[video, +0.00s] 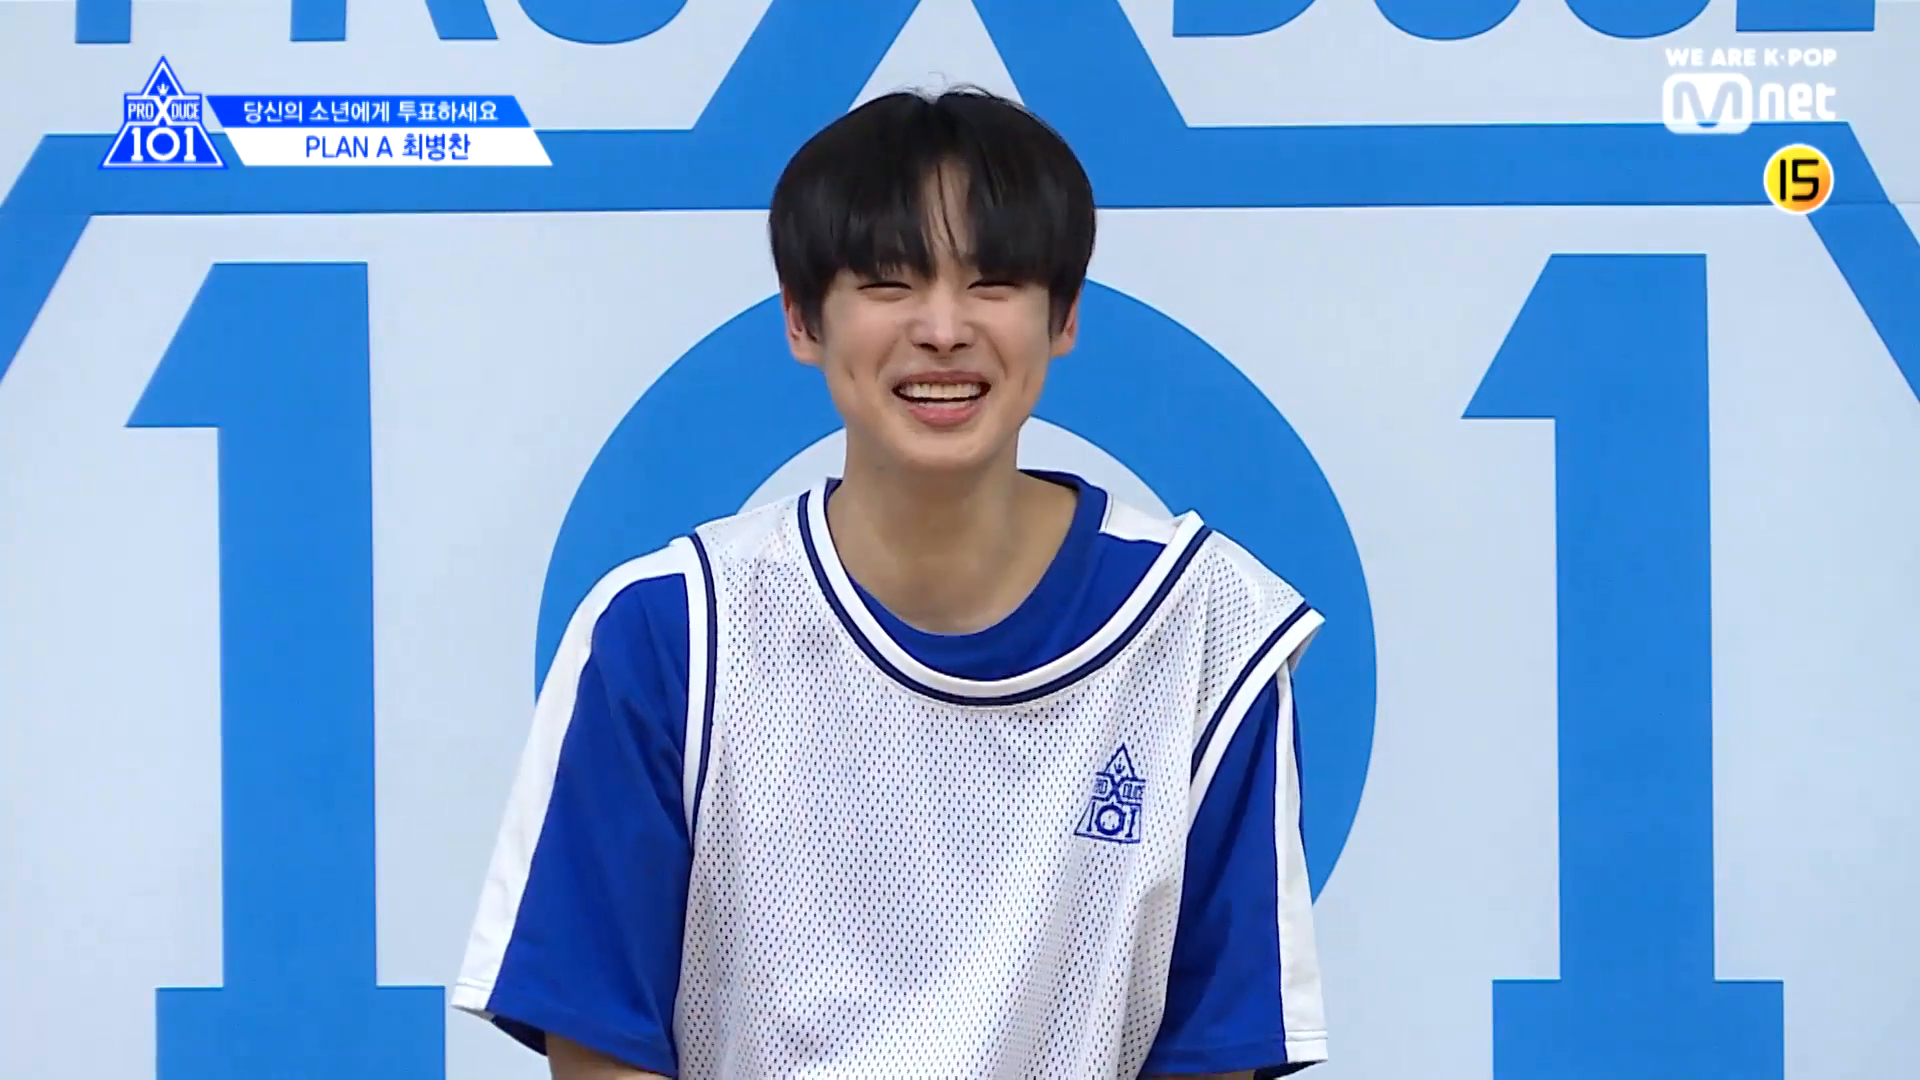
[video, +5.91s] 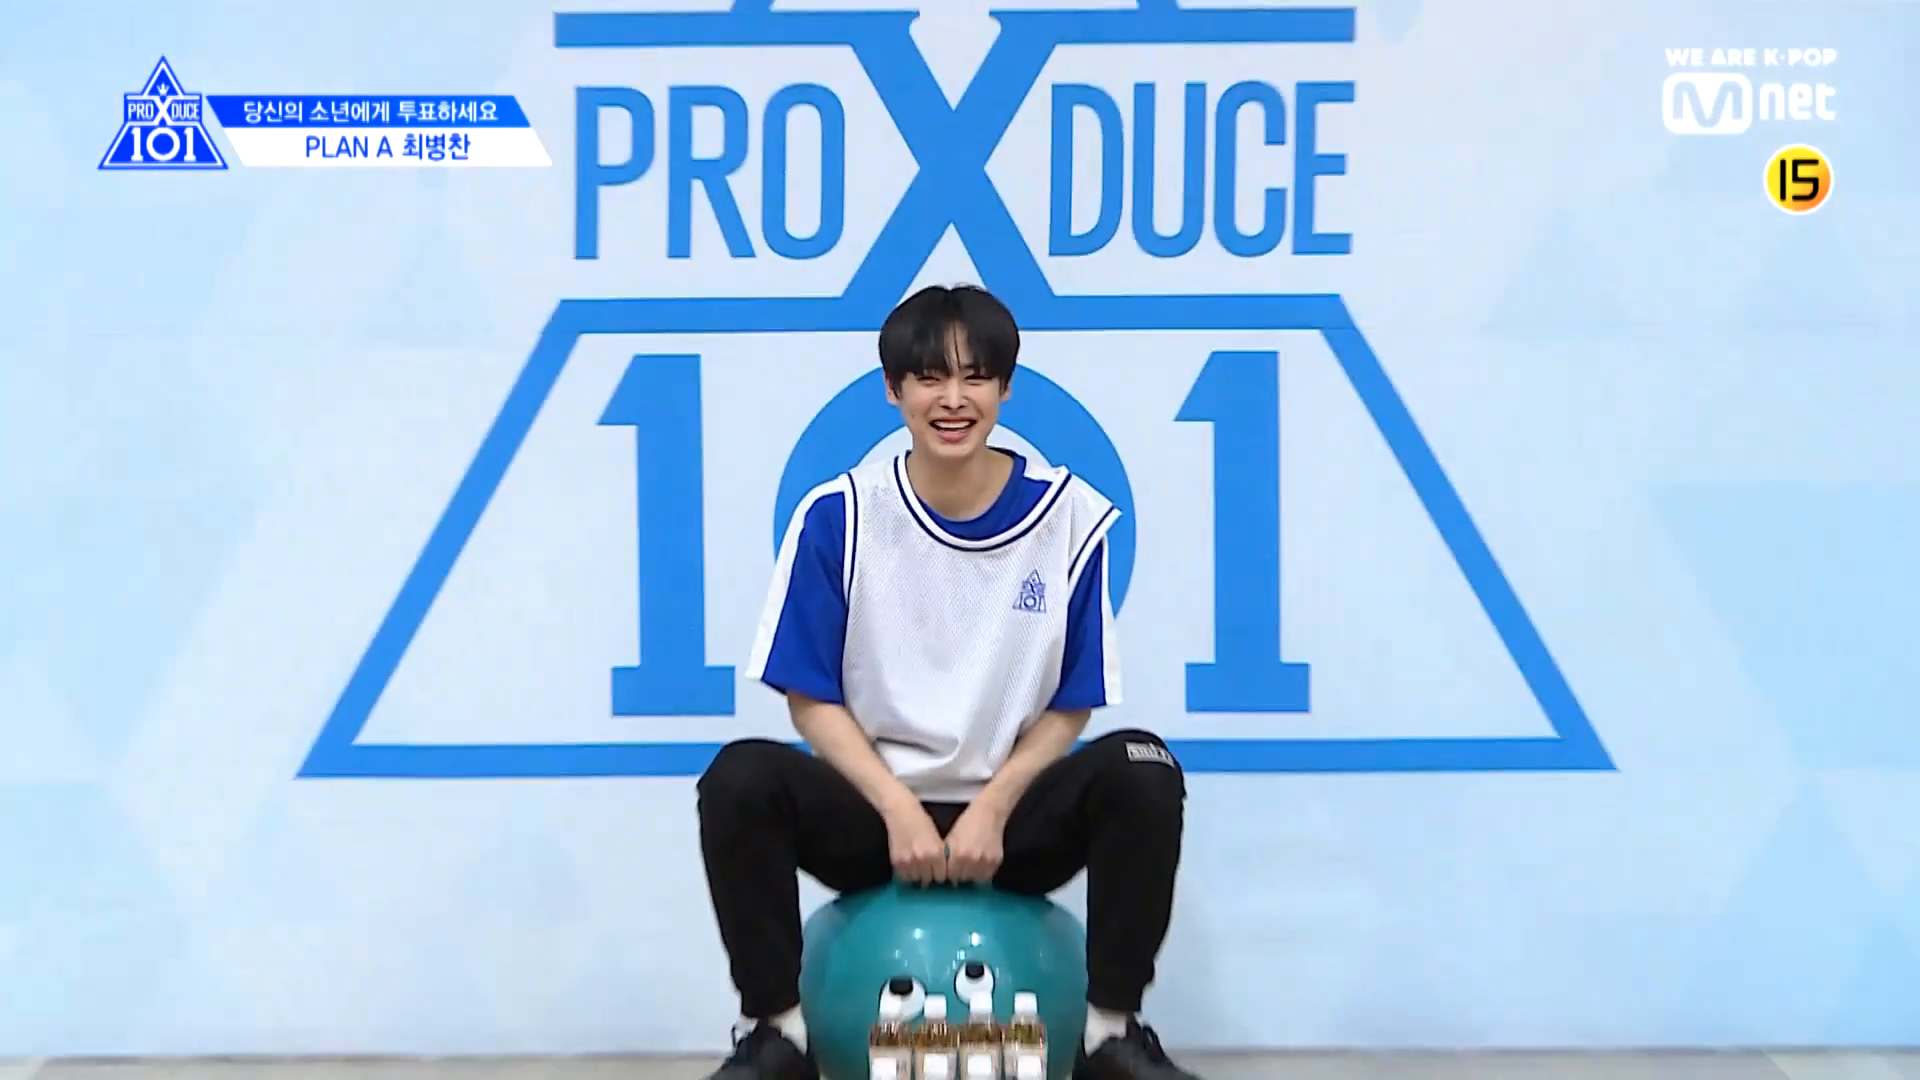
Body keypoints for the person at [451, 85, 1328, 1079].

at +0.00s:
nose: (944, 326)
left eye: (994, 281)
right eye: (889, 281)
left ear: (1060, 324)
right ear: (806, 326)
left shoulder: (1211, 633)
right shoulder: (661, 634)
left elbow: (1219, 1054)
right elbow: (598, 1045)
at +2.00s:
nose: (956, 340)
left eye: (1005, 292)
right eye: (902, 289)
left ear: (1068, 329)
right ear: (816, 331)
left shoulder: (1226, 645)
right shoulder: (673, 648)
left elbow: (1253, 1055)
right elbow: (618, 1051)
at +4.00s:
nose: (973, 334)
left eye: (1023, 286)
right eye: (921, 284)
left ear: (1087, 323)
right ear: (835, 322)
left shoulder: (1242, 627)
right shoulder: (694, 623)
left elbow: (1253, 1052)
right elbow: (624, 1038)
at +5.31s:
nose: (968, 360)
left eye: (1006, 321)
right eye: (925, 320)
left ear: (1056, 349)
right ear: (855, 350)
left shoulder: (1181, 599)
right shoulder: (744, 592)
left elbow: (1179, 935)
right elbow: (693, 920)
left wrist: (1054, 1070)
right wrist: (831, 1074)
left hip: (1067, 1065)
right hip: (818, 1062)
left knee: (1302, 1032)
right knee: (573, 1043)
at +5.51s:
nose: (962, 385)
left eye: (994, 353)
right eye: (927, 352)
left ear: (1035, 373)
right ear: (873, 374)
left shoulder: (1134, 570)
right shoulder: (783, 565)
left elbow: (1131, 846)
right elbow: (742, 831)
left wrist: (1007, 1004)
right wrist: (875, 999)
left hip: (1047, 1013)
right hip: (832, 1011)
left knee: (1236, 933)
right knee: (637, 948)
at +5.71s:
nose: (956, 394)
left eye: (982, 368)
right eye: (928, 367)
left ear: (1017, 385)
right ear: (887, 385)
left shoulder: (1097, 540)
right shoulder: (814, 537)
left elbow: (1096, 765)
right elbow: (781, 756)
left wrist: (999, 890)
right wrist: (886, 891)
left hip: (1025, 910)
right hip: (856, 909)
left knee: (1179, 840)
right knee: (696, 853)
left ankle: (1152, 1072)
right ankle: (733, 1072)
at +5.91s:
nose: (954, 396)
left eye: (976, 375)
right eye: (930, 374)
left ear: (1005, 388)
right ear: (896, 388)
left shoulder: (1073, 519)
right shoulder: (836, 516)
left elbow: (1070, 705)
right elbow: (809, 698)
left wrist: (993, 806)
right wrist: (895, 805)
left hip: (1012, 821)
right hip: (874, 821)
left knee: (1143, 768)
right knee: (739, 775)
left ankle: (1112, 1034)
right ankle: (775, 1035)